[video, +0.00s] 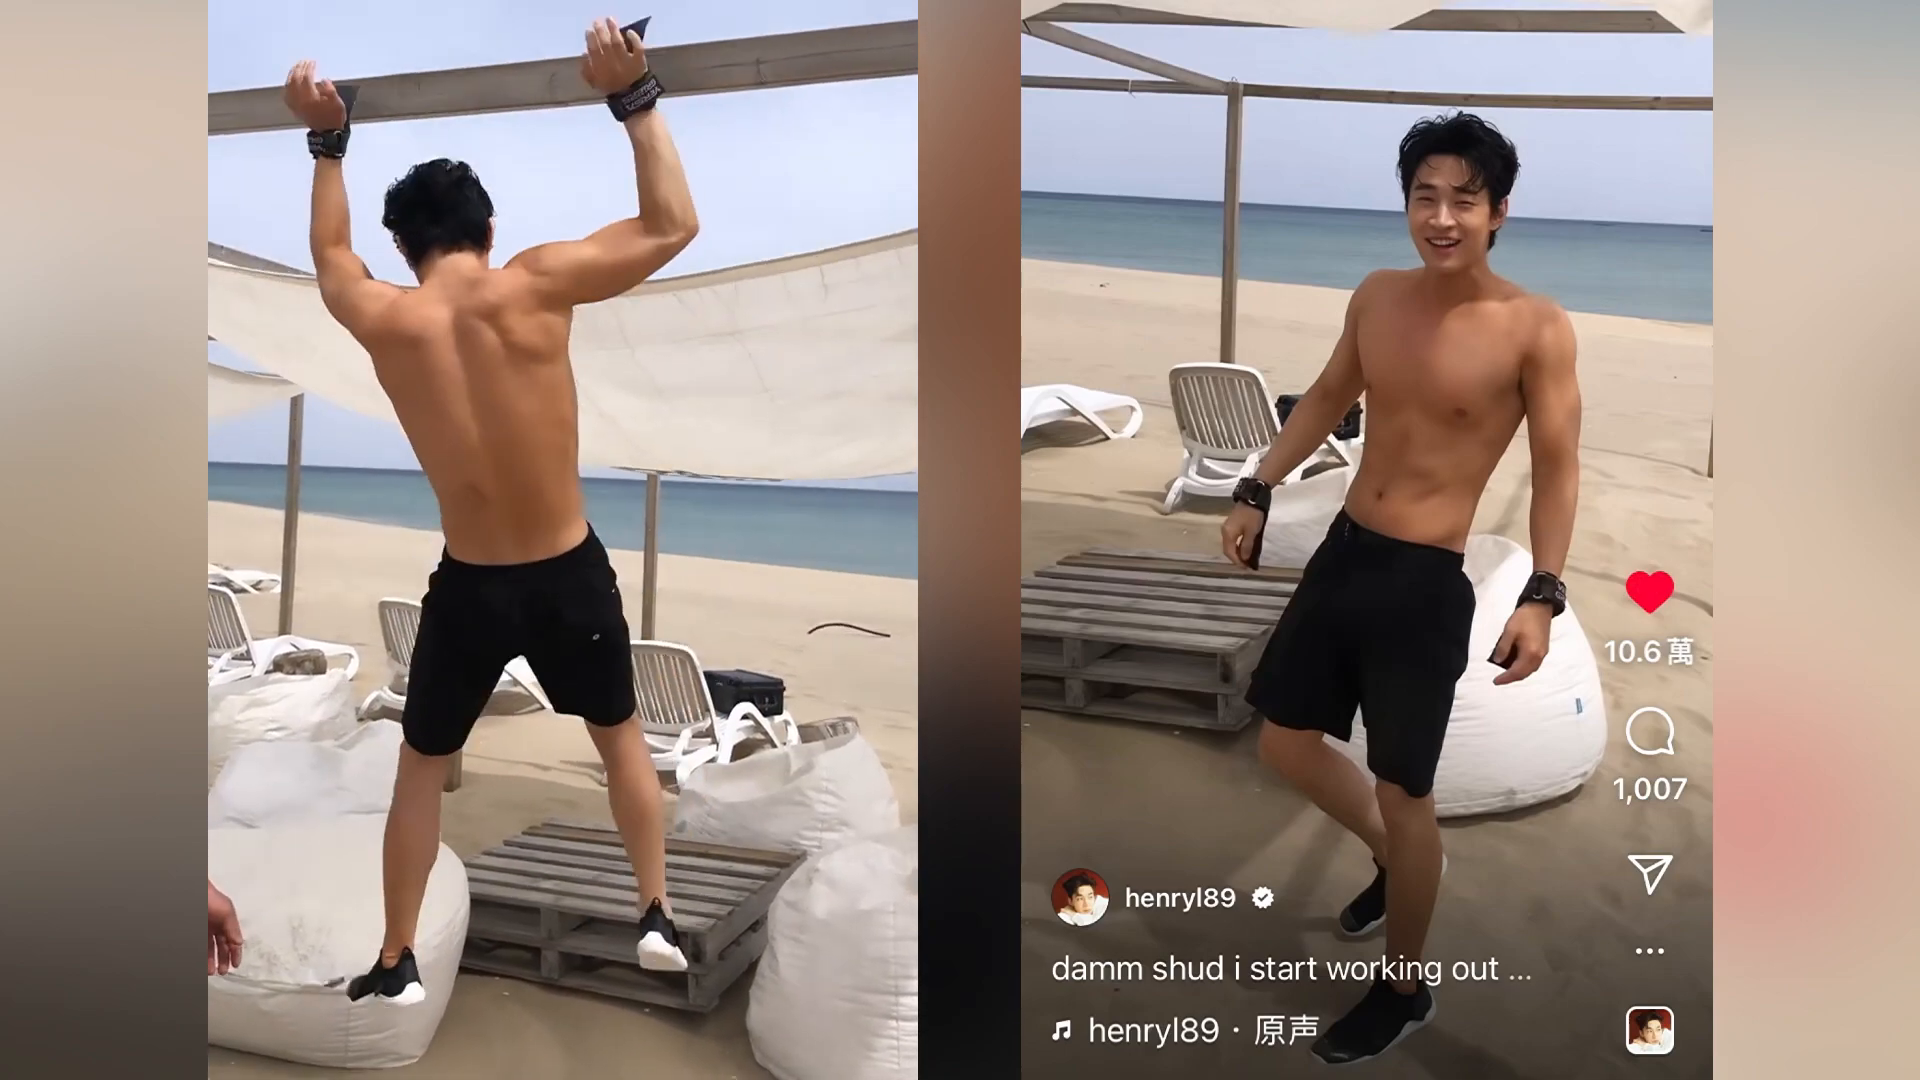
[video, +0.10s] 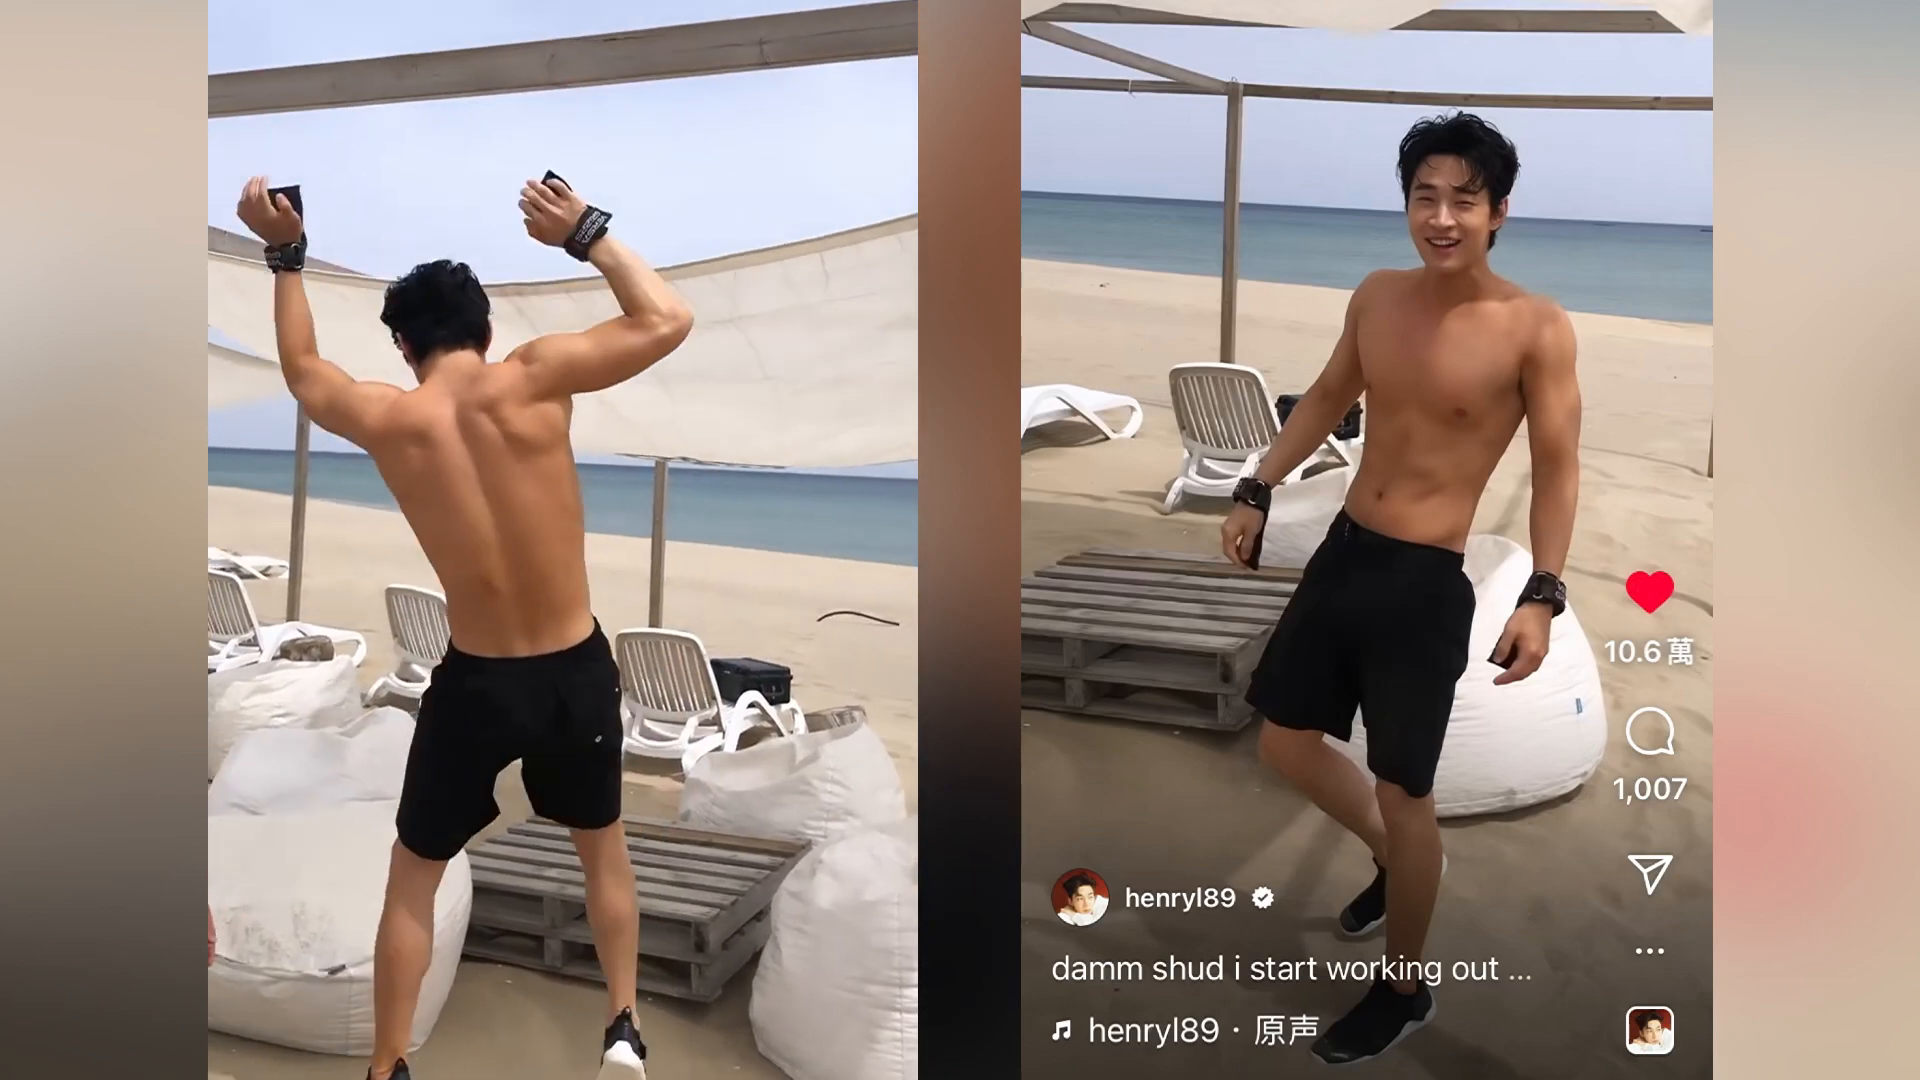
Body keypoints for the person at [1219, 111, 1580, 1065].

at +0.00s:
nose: (1440, 216)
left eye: (1462, 198)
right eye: (1424, 197)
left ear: (1498, 210)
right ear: (1406, 207)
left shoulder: (1535, 328)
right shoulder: (1378, 296)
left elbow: (1556, 468)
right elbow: (1330, 397)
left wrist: (1541, 595)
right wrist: (1255, 484)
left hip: (1426, 579)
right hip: (1344, 553)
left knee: (1403, 799)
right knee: (1285, 742)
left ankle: (1403, 981)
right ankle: (1399, 847)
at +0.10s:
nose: (1440, 216)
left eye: (1461, 198)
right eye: (1424, 197)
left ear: (1498, 210)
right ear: (1406, 208)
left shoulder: (1535, 328)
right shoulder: (1379, 297)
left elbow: (1556, 469)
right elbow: (1330, 398)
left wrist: (1540, 595)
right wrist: (1256, 484)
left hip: (1427, 579)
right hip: (1345, 553)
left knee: (1402, 799)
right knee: (1284, 742)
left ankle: (1403, 981)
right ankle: (1398, 846)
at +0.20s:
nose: (1440, 216)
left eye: (1461, 198)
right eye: (1424, 197)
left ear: (1498, 210)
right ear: (1406, 208)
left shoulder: (1535, 328)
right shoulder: (1379, 297)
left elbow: (1556, 468)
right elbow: (1330, 397)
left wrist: (1541, 595)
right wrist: (1256, 484)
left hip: (1426, 579)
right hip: (1344, 553)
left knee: (1403, 799)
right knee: (1285, 742)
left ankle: (1403, 981)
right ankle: (1398, 846)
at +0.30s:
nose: (1440, 216)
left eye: (1461, 198)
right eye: (1424, 197)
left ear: (1498, 210)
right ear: (1406, 208)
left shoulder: (1535, 328)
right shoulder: (1379, 297)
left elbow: (1556, 469)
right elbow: (1330, 398)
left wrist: (1540, 595)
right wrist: (1256, 484)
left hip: (1427, 579)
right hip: (1345, 553)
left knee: (1402, 799)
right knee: (1284, 742)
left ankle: (1403, 981)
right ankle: (1398, 846)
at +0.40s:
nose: (1440, 216)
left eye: (1462, 198)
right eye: (1424, 197)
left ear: (1498, 210)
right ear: (1406, 208)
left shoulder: (1535, 328)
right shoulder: (1378, 296)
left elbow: (1556, 468)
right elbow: (1330, 398)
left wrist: (1540, 595)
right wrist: (1255, 484)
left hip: (1426, 579)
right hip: (1345, 553)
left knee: (1402, 799)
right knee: (1284, 742)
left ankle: (1403, 981)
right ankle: (1398, 847)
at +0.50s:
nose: (1440, 216)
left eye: (1462, 198)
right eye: (1424, 197)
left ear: (1498, 210)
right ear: (1406, 208)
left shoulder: (1535, 328)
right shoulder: (1378, 296)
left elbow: (1556, 468)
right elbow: (1330, 398)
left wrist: (1540, 595)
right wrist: (1255, 484)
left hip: (1426, 579)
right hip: (1345, 553)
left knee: (1402, 799)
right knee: (1284, 742)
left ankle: (1403, 981)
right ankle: (1398, 847)